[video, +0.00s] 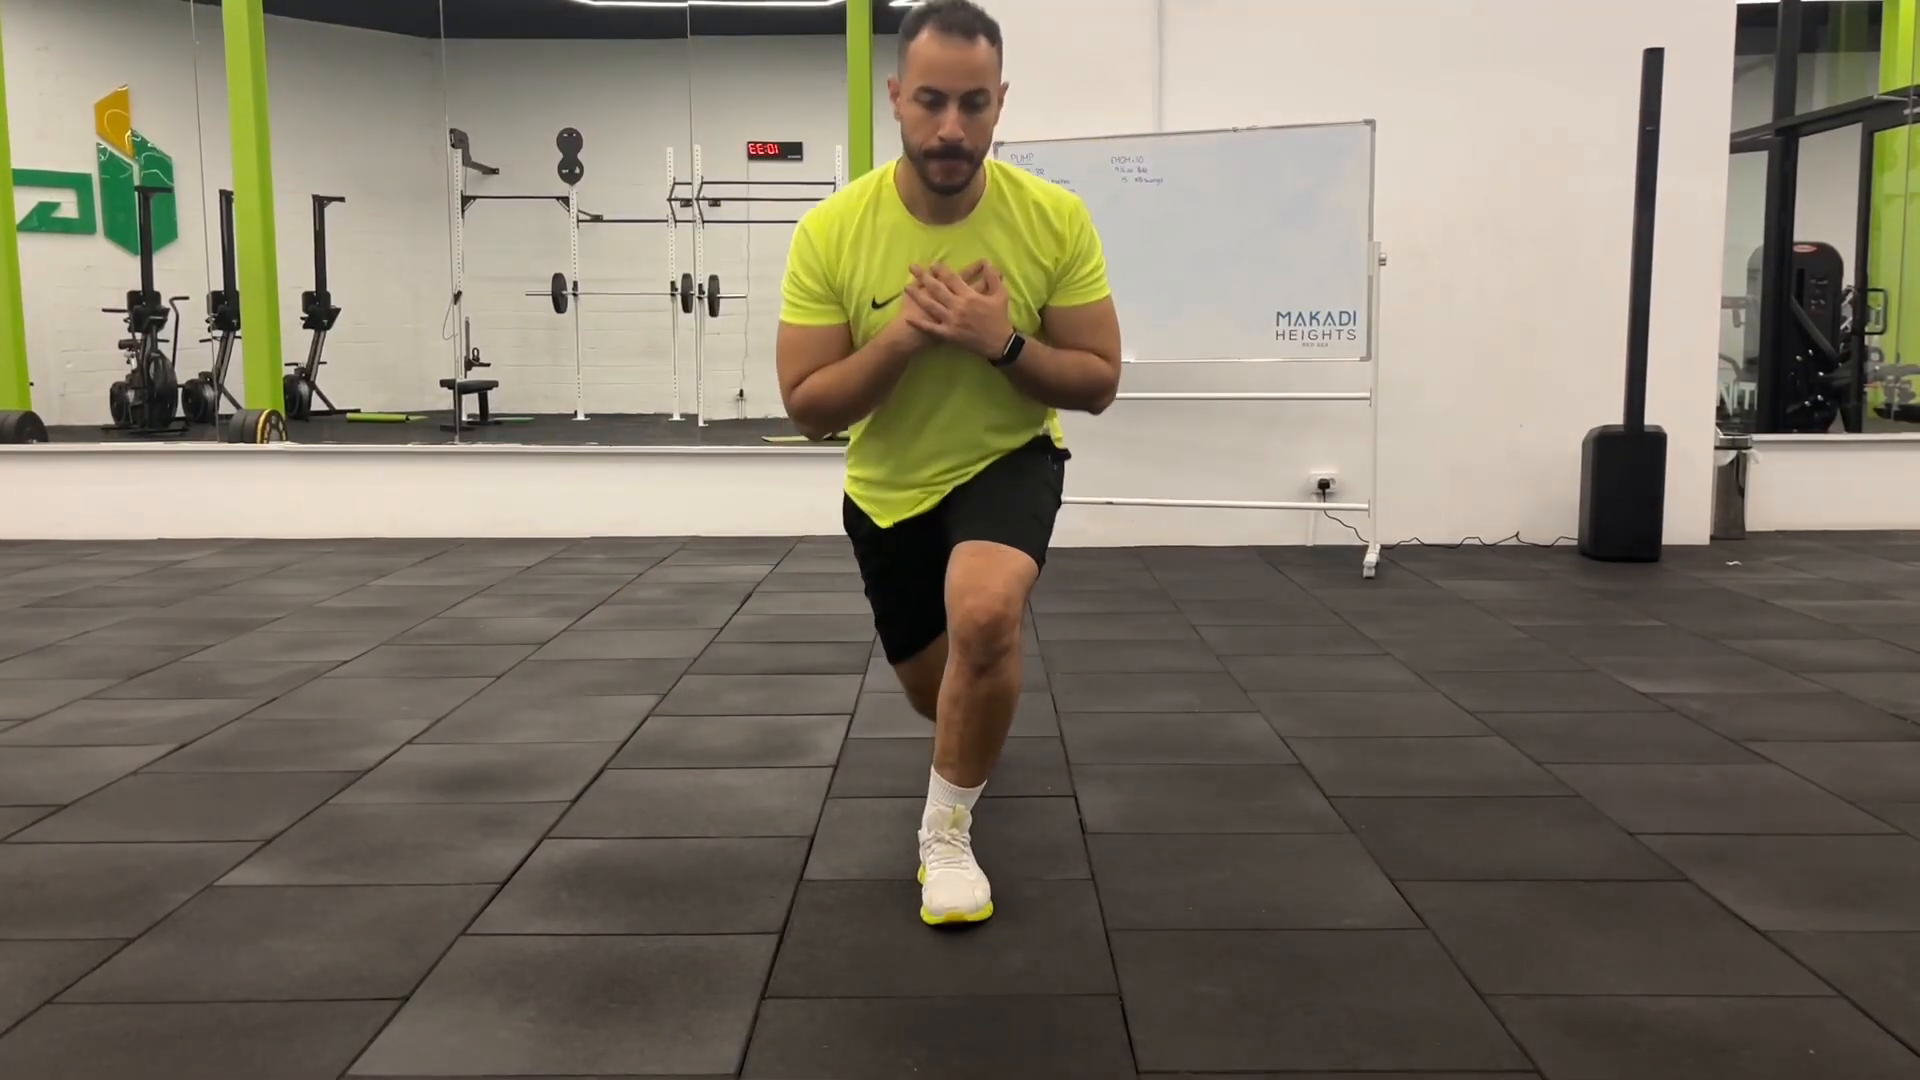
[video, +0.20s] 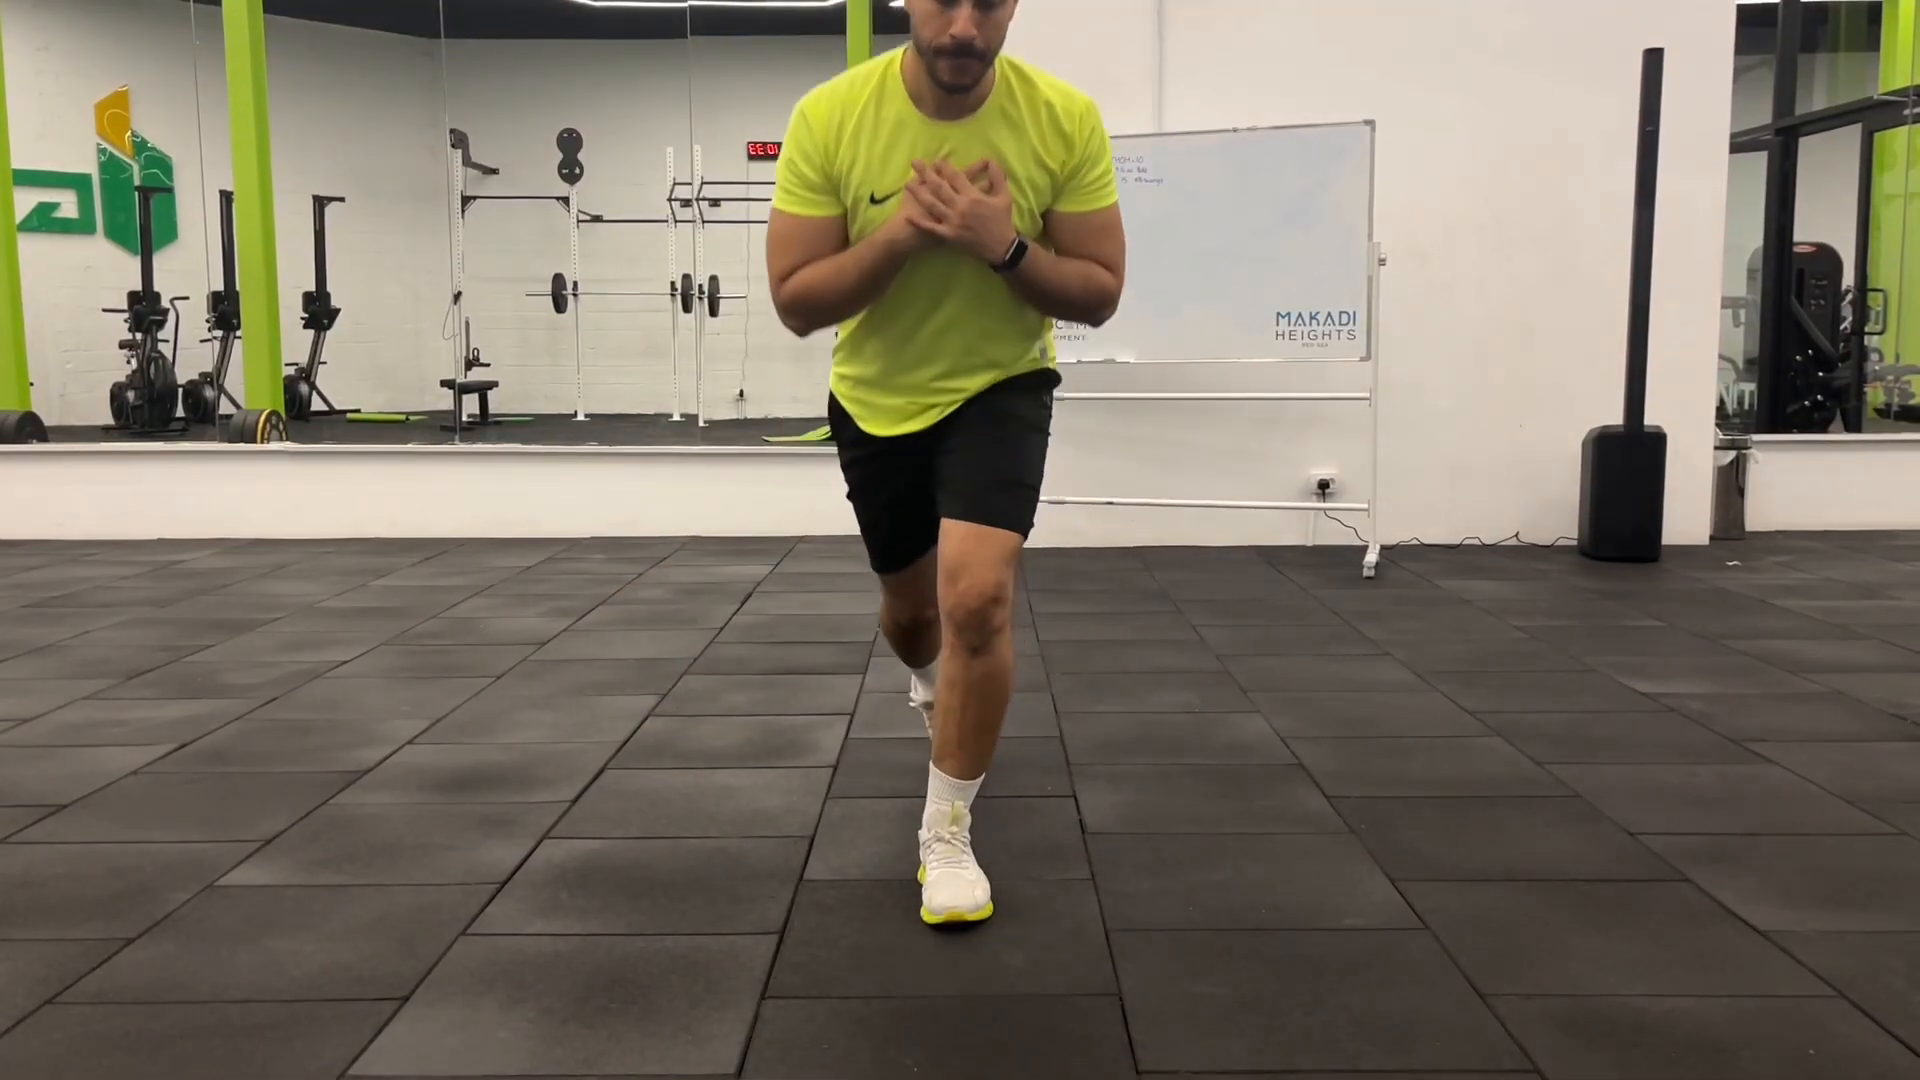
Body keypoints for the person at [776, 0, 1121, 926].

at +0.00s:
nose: (951, 130)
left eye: (974, 105)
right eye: (930, 102)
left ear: (1000, 103)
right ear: (896, 98)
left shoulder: (1054, 221)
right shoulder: (832, 232)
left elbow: (1099, 383)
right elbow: (809, 404)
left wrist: (1004, 342)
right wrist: (905, 332)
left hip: (1010, 453)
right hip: (889, 480)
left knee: (985, 618)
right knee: (930, 691)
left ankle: (948, 831)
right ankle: (978, 707)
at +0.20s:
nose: (965, 26)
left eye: (988, 5)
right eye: (944, 3)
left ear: (1013, 12)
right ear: (907, 4)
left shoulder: (1064, 121)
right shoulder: (828, 119)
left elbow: (1099, 294)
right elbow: (796, 303)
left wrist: (1004, 246)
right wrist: (899, 232)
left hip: (1001, 379)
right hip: (876, 391)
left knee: (977, 602)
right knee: (911, 615)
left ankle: (948, 830)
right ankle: (933, 691)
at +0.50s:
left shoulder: (1060, 18)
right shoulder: (825, 13)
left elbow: (1097, 209)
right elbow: (786, 199)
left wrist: (994, 135)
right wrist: (886, 113)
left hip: (989, 332)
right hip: (853, 327)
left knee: (964, 579)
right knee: (830, 580)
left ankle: (947, 829)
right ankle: (829, 742)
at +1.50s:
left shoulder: (1079, 15)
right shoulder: (836, 8)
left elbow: (1112, 199)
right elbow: (792, 182)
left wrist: (1006, 114)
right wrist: (902, 94)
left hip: (996, 330)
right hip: (858, 324)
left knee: (972, 582)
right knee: (847, 576)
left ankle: (949, 826)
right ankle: (888, 729)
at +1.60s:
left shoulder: (1082, 20)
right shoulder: (842, 11)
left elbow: (1114, 215)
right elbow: (794, 192)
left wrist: (1019, 136)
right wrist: (908, 110)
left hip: (1005, 331)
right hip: (870, 330)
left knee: (977, 582)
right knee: (891, 581)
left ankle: (947, 829)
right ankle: (983, 675)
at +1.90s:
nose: (993, 46)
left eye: (1016, 21)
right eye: (972, 20)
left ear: (1041, 24)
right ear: (933, 18)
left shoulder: (1091, 148)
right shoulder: (853, 140)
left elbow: (1126, 322)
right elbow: (816, 320)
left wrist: (1029, 270)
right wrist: (928, 252)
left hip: (1033, 395)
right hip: (908, 411)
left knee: (973, 607)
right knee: (998, 604)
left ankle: (946, 834)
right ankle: (1093, 684)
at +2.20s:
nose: (994, 177)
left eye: (1015, 151)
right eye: (973, 150)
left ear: (1043, 149)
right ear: (937, 150)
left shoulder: (1103, 265)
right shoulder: (877, 266)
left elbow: (1142, 426)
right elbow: (851, 430)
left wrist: (1036, 386)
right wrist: (937, 373)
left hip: (1058, 484)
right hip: (940, 509)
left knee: (970, 609)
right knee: (1029, 729)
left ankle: (944, 831)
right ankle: (1126, 687)